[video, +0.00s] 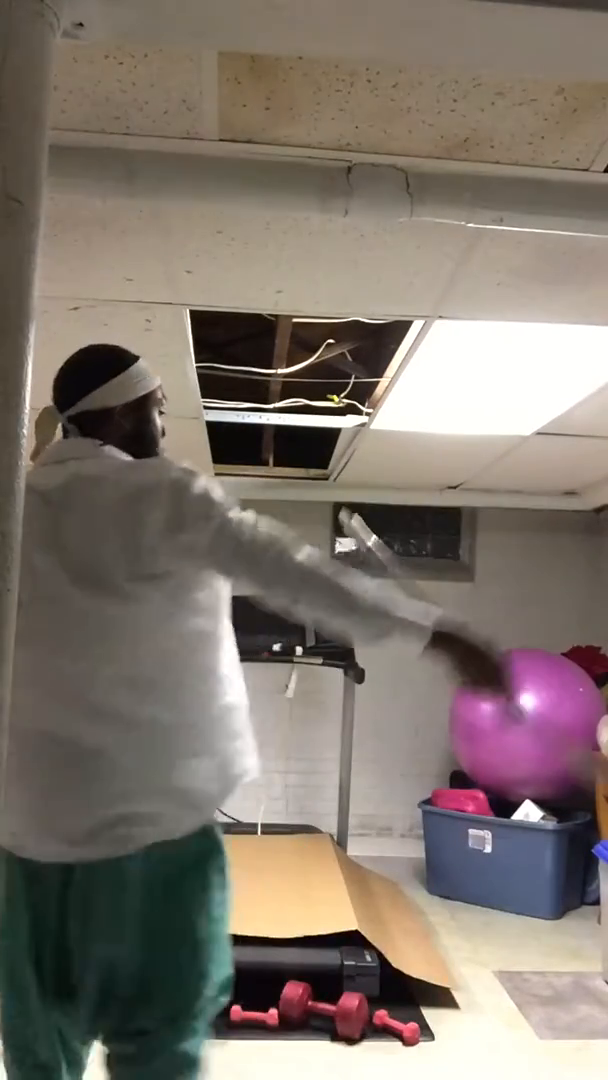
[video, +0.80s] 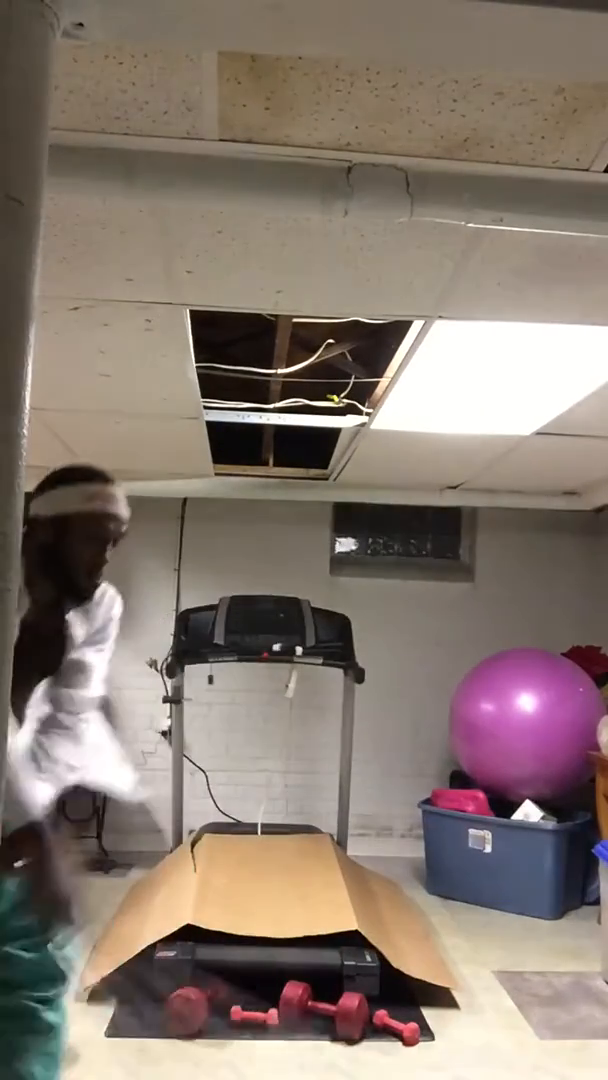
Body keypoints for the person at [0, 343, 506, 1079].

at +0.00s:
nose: (162, 422)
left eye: (159, 407)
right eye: (152, 407)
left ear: (73, 420)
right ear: (116, 415)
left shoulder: (17, 499)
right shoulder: (166, 496)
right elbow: (293, 572)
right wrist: (439, 631)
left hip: (25, 829)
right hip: (152, 831)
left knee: (37, 1056)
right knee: (161, 1054)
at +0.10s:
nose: (159, 434)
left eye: (155, 416)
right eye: (145, 416)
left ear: (67, 427)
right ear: (100, 424)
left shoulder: (21, 501)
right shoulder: (134, 508)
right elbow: (242, 617)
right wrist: (383, 678)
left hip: (17, 814)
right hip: (128, 812)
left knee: (29, 1031)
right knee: (139, 1027)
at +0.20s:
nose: (154, 433)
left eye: (150, 416)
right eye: (138, 416)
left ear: (77, 429)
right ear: (84, 425)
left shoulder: (33, 500)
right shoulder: (96, 505)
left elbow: (89, 617)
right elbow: (153, 658)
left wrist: (192, 591)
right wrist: (295, 700)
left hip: (27, 802)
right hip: (102, 802)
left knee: (33, 1018)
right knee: (134, 1011)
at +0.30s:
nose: (152, 438)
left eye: (150, 422)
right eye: (137, 422)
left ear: (94, 435)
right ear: (85, 434)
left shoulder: (105, 512)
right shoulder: (59, 517)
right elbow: (63, 670)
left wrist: (221, 593)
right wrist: (204, 695)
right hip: (76, 809)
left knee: (37, 999)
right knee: (137, 989)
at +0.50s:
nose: (147, 482)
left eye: (149, 467)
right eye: (135, 465)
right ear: (78, 466)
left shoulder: (134, 535)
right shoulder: (20, 538)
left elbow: (199, 587)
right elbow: (11, 686)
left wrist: (242, 638)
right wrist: (98, 663)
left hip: (46, 757)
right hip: (14, 760)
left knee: (75, 979)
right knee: (69, 981)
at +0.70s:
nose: (127, 532)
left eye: (133, 516)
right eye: (114, 514)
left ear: (135, 517)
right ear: (61, 511)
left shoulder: (117, 584)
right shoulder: (14, 589)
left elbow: (127, 709)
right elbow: (28, 747)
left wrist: (108, 780)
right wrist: (44, 665)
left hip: (61, 815)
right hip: (10, 807)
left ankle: (50, 1062)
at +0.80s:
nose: (108, 555)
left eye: (115, 541)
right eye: (97, 539)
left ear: (115, 540)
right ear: (49, 535)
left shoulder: (100, 605)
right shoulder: (20, 605)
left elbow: (75, 715)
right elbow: (7, 734)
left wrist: (46, 802)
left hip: (34, 816)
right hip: (8, 818)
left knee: (37, 969)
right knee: (34, 973)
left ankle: (34, 1062)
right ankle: (29, 1063)